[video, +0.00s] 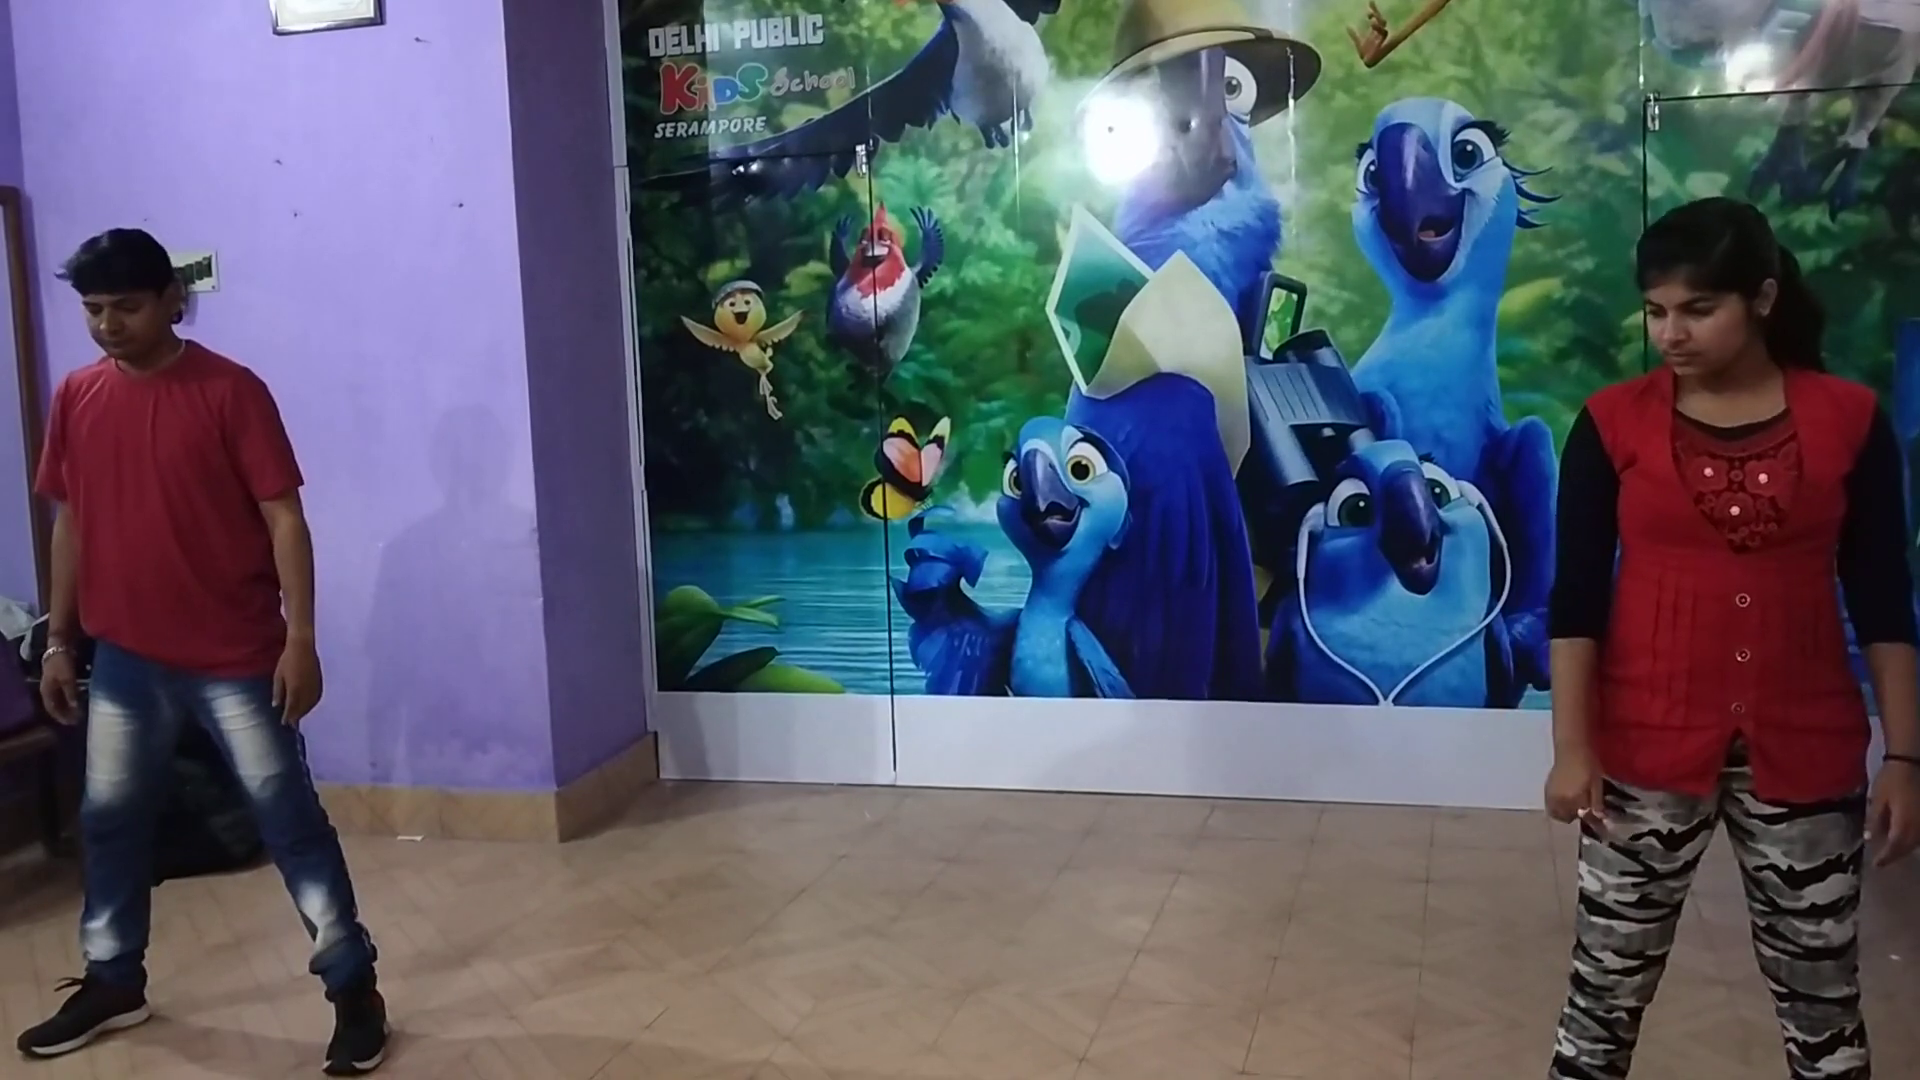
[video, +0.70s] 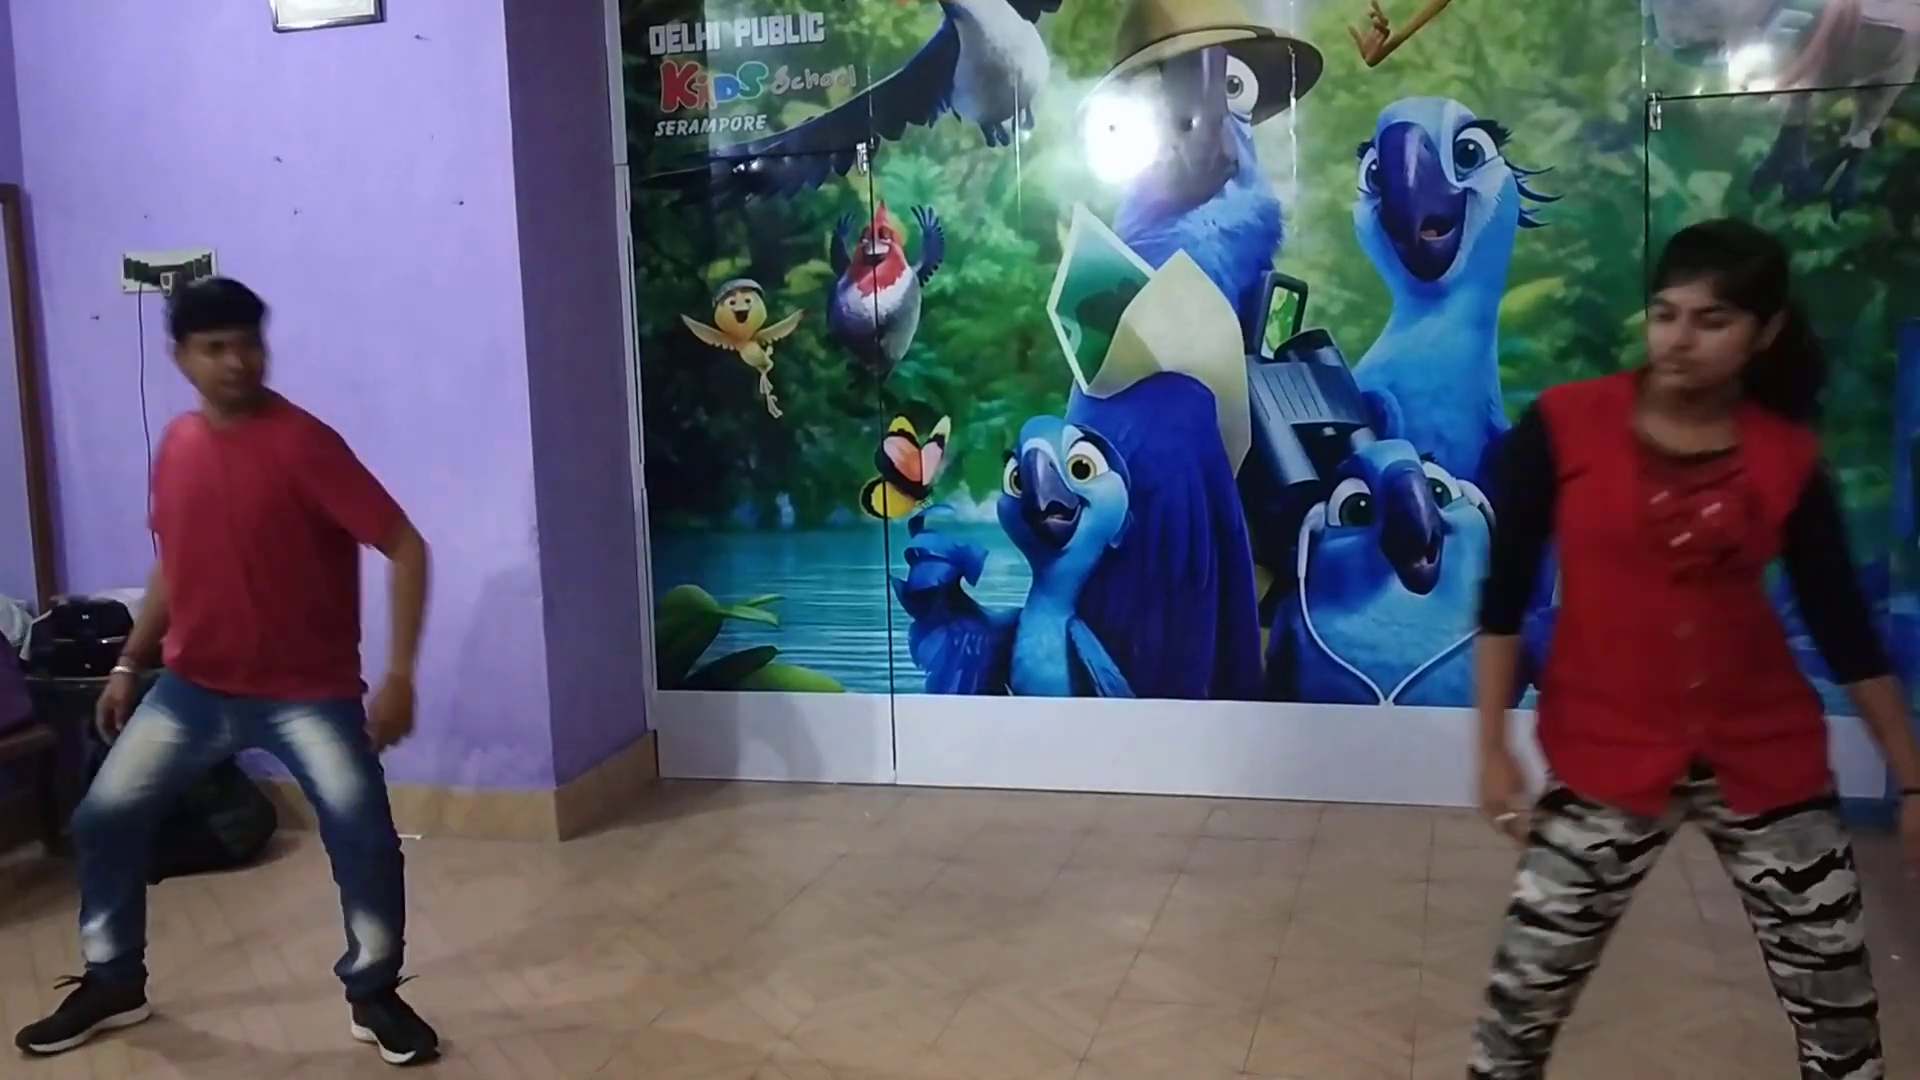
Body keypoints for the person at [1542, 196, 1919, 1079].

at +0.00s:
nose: (1669, 331)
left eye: (1695, 309)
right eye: (1656, 309)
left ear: (1761, 301)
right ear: (1644, 306)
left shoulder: (1848, 422)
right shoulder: (1611, 424)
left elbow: (1881, 598)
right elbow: (1576, 597)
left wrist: (1901, 753)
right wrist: (1570, 744)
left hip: (1803, 749)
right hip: (1646, 748)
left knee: (1822, 998)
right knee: (1606, 992)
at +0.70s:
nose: (1681, 340)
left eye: (1711, 320)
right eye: (1666, 315)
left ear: (1764, 334)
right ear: (1645, 318)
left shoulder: (1786, 459)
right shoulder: (1562, 428)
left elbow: (1843, 626)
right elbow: (1506, 590)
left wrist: (1910, 775)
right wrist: (1492, 745)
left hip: (1761, 749)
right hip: (1605, 749)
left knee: (1836, 991)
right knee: (1525, 989)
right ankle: (1499, 1073)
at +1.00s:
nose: (1469, 475)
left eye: (1498, 455)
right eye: (1458, 453)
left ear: (1555, 473)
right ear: (1445, 465)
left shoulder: (1648, 556)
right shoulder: (1426, 622)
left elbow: (1756, 689)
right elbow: (1373, 781)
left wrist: (1841, 828)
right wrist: (1315, 931)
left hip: (1711, 820)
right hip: (1553, 841)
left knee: (1873, 1009)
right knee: (1447, 1025)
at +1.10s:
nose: (1451, 512)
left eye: (1478, 490)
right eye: (1439, 491)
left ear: (1541, 499)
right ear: (1428, 501)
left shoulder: (1654, 574)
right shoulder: (1442, 655)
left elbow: (1773, 695)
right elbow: (1400, 817)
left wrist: (1861, 835)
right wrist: (1332, 969)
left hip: (1727, 835)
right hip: (1570, 850)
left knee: (1883, 1020)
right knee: (1450, 1023)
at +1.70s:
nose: (1701, 288)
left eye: (1721, 263)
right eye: (1697, 268)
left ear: (1801, 263)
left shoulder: (1906, 395)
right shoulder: (1680, 411)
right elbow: (1646, 575)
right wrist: (1600, 718)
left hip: (1882, 729)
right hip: (1719, 723)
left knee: (1905, 972)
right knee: (1626, 939)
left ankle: (1910, 1070)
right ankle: (1553, 1071)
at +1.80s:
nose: (1695, 289)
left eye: (1716, 264)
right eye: (1693, 268)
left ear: (1795, 266)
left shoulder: (1902, 402)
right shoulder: (1674, 411)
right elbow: (1639, 575)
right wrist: (1592, 714)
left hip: (1871, 732)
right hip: (1710, 723)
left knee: (1902, 981)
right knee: (1615, 939)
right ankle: (1545, 1073)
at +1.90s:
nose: (1670, 293)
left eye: (1693, 270)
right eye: (1672, 274)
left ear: (1768, 276)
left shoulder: (1886, 417)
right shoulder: (1655, 419)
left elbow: (1916, 572)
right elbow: (1619, 578)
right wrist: (1574, 715)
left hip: (1842, 733)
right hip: (1687, 723)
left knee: (1882, 970)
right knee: (1586, 933)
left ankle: (1906, 1070)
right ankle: (1529, 1072)